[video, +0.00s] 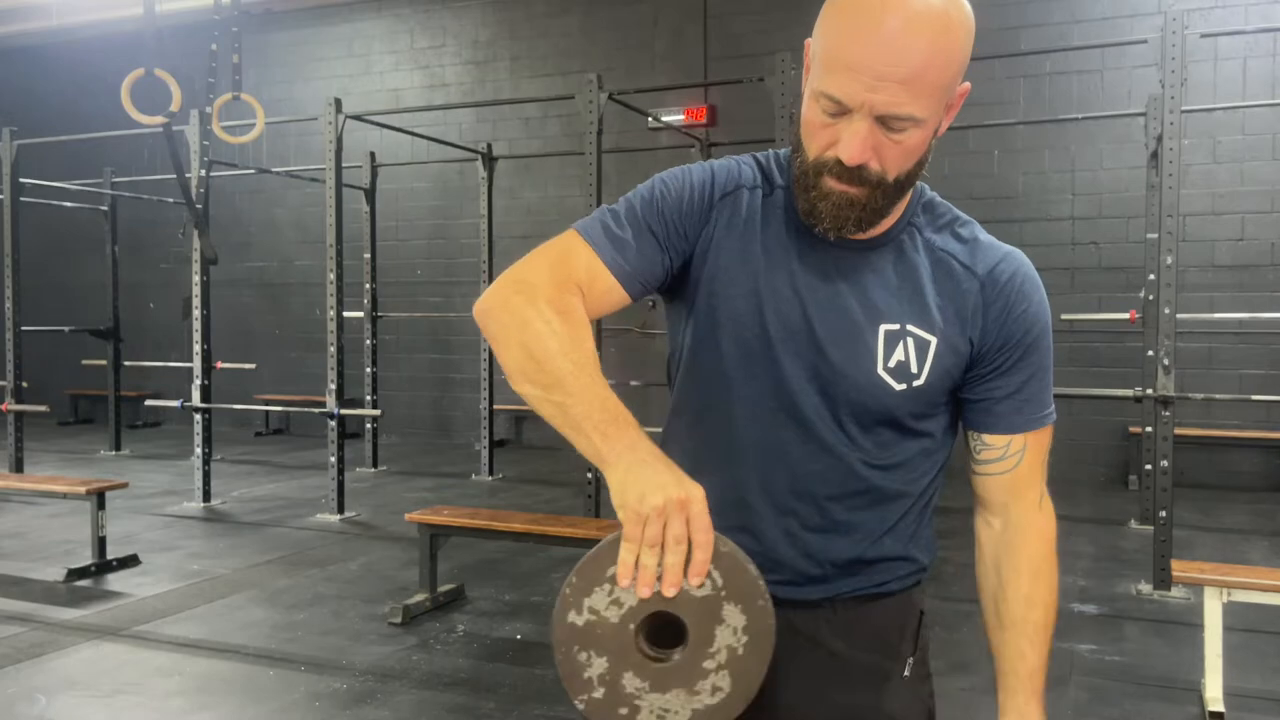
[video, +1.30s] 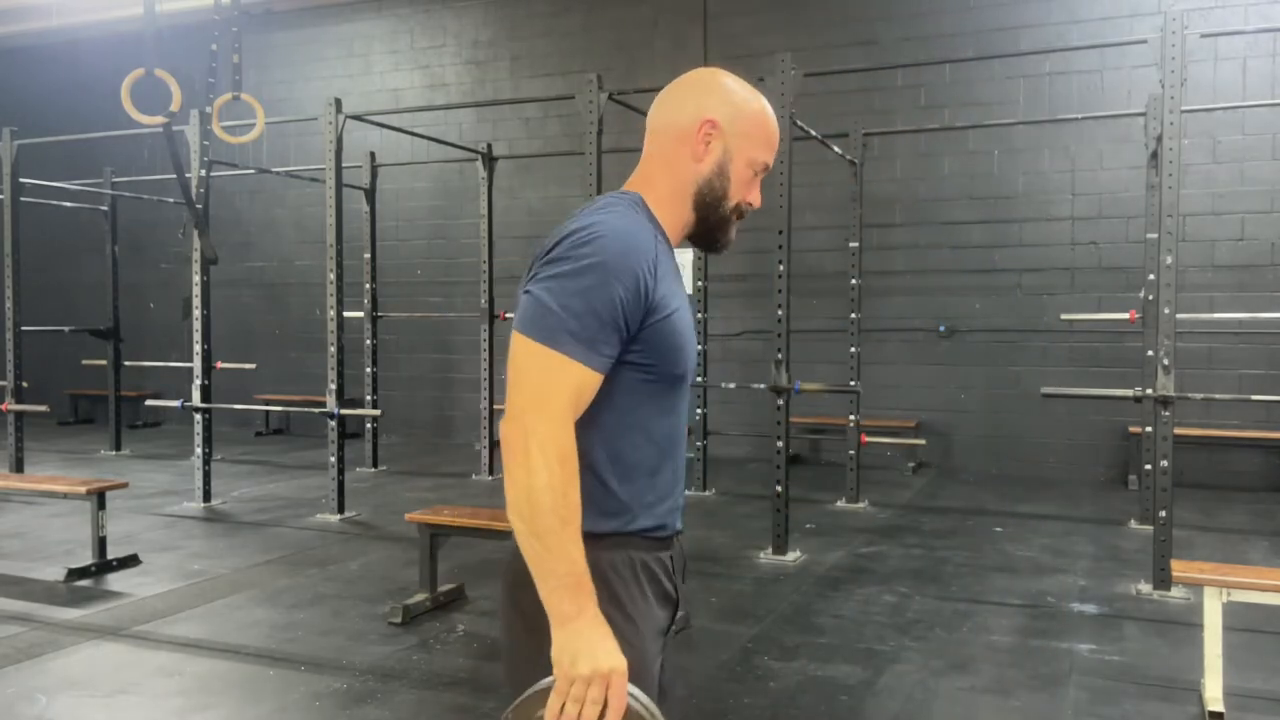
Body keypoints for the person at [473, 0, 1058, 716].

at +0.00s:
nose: (851, 152)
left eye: (893, 124)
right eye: (833, 107)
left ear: (950, 112)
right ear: (803, 67)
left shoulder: (993, 290)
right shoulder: (703, 207)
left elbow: (1013, 511)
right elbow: (518, 304)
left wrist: (1022, 705)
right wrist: (631, 460)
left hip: (863, 644)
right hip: (691, 627)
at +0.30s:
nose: (835, 141)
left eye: (871, 112)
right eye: (813, 98)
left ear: (912, 100)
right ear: (771, 65)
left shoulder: (947, 273)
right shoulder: (662, 221)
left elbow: (979, 469)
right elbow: (489, 355)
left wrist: (1026, 667)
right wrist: (546, 535)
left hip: (845, 637)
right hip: (662, 624)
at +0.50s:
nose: (774, 158)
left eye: (806, 131)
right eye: (753, 117)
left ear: (831, 127)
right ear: (701, 84)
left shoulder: (846, 270)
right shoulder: (589, 242)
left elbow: (869, 437)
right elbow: (462, 428)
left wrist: (933, 607)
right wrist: (505, 623)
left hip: (788, 627)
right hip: (620, 626)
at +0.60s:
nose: (741, 168)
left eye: (772, 140)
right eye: (720, 127)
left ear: (797, 132)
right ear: (666, 88)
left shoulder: (801, 265)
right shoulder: (556, 246)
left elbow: (810, 421)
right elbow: (450, 443)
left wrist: (871, 585)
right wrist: (490, 647)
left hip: (755, 619)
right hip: (594, 624)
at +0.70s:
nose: (725, 172)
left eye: (755, 147)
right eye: (706, 133)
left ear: (780, 135)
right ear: (651, 92)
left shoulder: (761, 257)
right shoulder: (535, 249)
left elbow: (763, 413)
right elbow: (444, 464)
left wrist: (810, 565)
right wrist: (483, 667)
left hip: (730, 609)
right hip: (576, 620)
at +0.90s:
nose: (753, 181)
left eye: (769, 156)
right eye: (739, 145)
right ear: (664, 103)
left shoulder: (701, 244)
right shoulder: (536, 253)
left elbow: (679, 411)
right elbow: (452, 466)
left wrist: (716, 535)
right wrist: (492, 676)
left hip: (688, 593)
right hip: (568, 613)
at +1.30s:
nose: (755, 199)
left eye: (762, 179)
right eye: (755, 172)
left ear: (704, 145)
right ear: (704, 141)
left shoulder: (644, 248)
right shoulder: (612, 244)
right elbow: (533, 428)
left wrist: (653, 583)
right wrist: (576, 621)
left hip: (632, 573)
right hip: (597, 580)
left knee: (629, 709)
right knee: (596, 713)